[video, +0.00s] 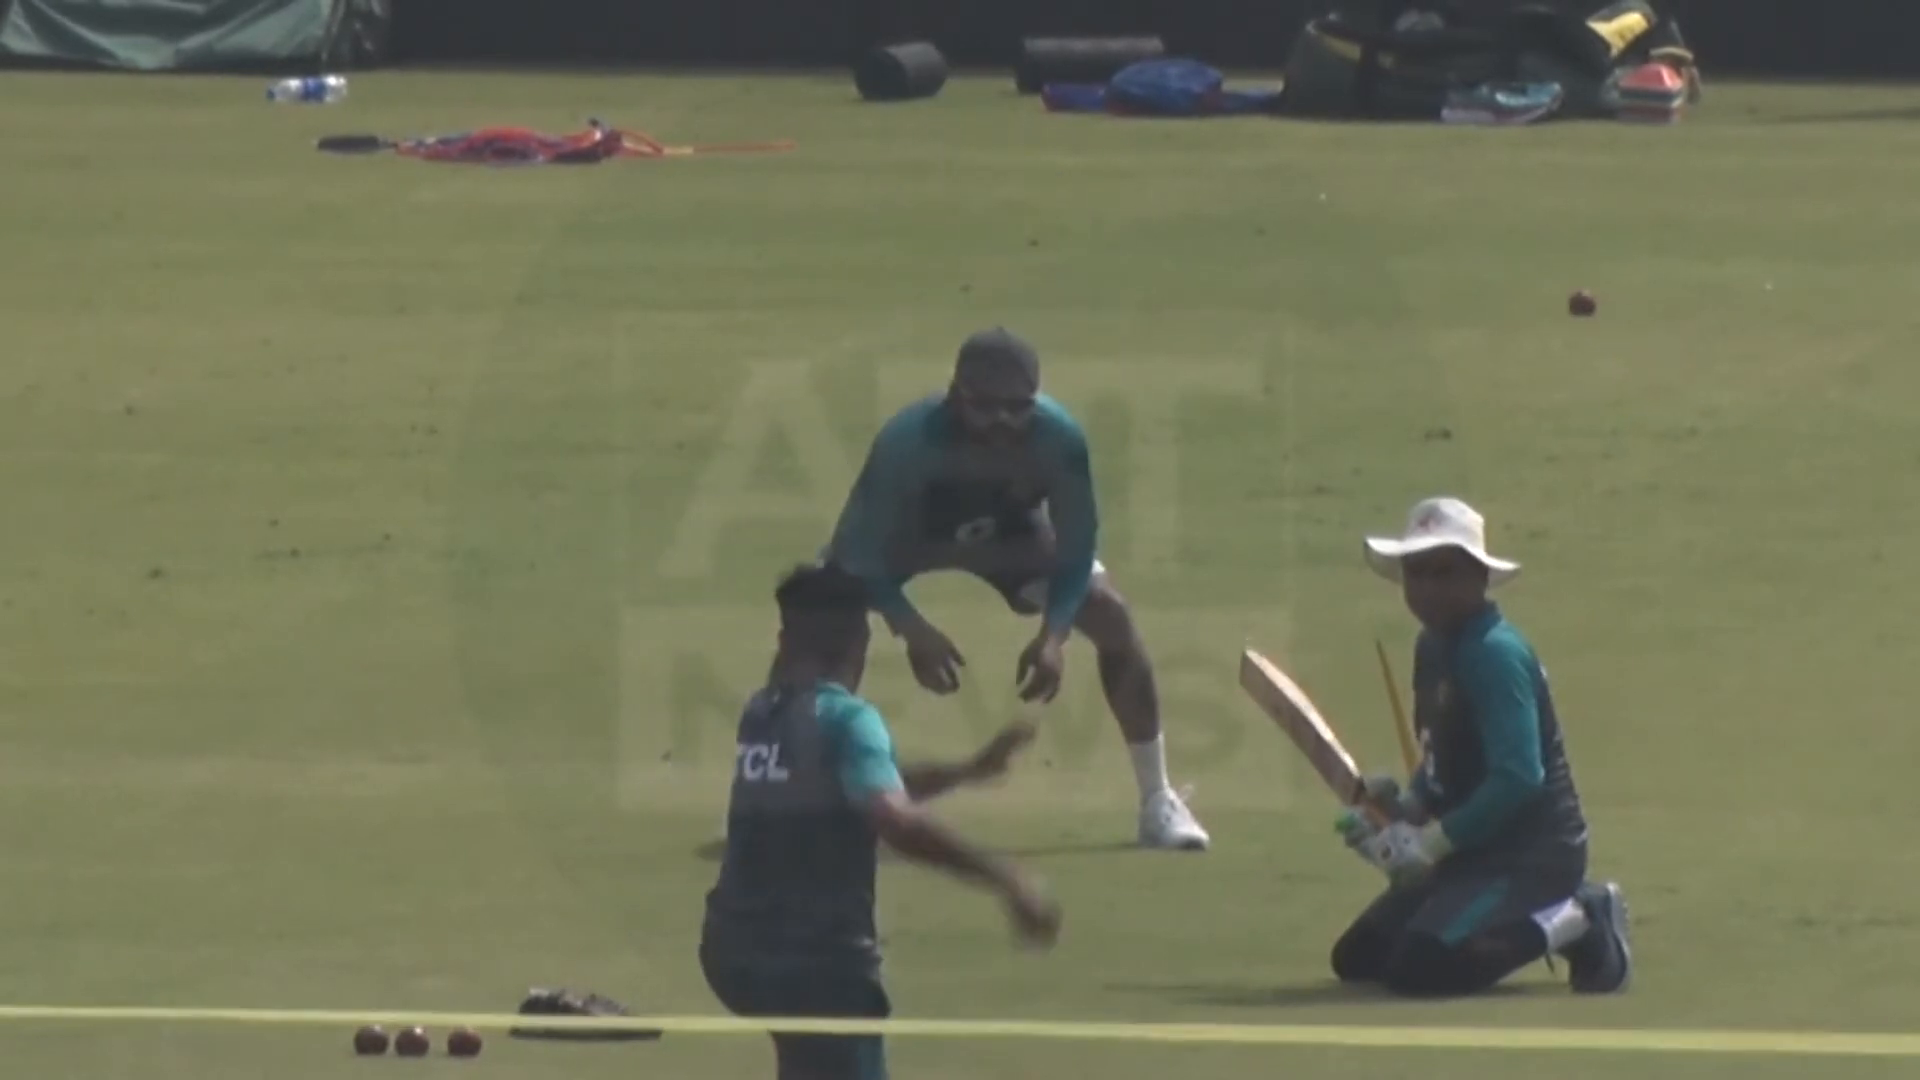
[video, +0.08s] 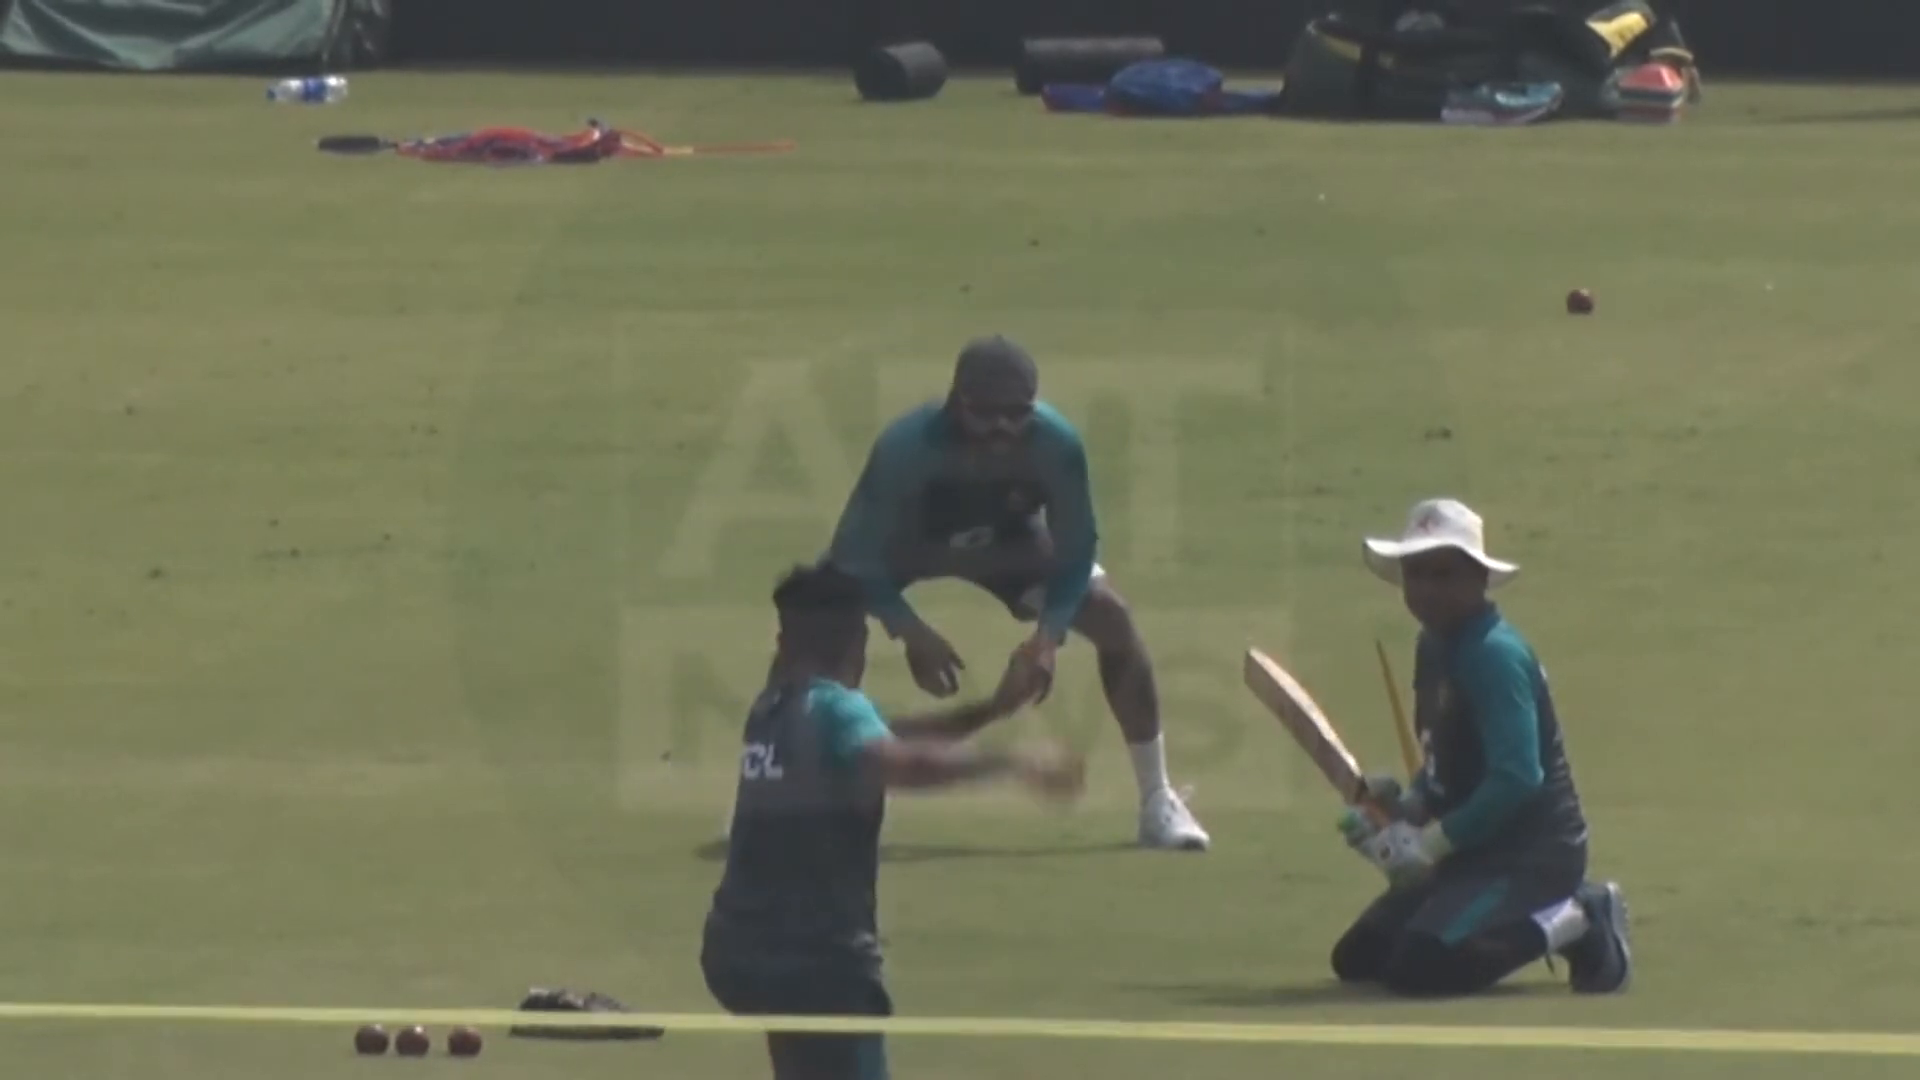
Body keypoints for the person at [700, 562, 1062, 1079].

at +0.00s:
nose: (863, 652)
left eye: (861, 638)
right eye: (861, 639)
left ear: (786, 641)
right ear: (853, 643)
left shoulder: (760, 712)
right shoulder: (850, 718)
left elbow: (850, 787)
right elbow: (894, 820)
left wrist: (967, 772)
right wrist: (1006, 879)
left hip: (735, 954)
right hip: (822, 961)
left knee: (801, 1039)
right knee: (853, 1062)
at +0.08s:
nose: (864, 651)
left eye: (861, 636)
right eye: (861, 637)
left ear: (786, 643)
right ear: (848, 642)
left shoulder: (770, 710)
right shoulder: (839, 710)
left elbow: (894, 732)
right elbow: (899, 763)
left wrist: (993, 707)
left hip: (740, 952)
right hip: (821, 959)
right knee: (856, 1063)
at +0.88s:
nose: (751, 693)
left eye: (753, 684)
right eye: (752, 681)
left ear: (761, 694)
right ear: (836, 692)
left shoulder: (744, 748)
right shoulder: (892, 752)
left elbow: (716, 837)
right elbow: (920, 889)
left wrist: (716, 902)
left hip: (769, 959)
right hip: (875, 962)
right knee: (867, 1068)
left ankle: (772, 1075)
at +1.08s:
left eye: (769, 677)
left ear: (771, 682)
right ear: (852, 682)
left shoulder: (750, 743)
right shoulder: (914, 750)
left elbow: (711, 846)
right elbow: (967, 876)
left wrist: (749, 899)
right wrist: (911, 923)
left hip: (763, 963)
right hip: (868, 969)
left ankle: (777, 1074)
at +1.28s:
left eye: (788, 664)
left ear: (794, 670)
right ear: (874, 674)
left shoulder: (757, 734)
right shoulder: (921, 750)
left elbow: (697, 836)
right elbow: (983, 885)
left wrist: (755, 881)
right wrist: (964, 954)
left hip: (755, 957)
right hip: (859, 967)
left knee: (769, 1024)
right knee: (857, 1066)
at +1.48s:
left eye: (799, 654)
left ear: (804, 666)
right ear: (884, 669)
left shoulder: (758, 731)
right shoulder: (923, 747)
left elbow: (694, 840)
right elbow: (978, 895)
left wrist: (762, 884)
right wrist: (965, 992)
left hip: (755, 957)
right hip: (857, 968)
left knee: (766, 1014)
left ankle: (779, 1074)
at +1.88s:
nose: (806, 650)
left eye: (807, 641)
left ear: (809, 654)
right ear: (892, 656)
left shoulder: (760, 730)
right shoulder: (927, 738)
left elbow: (707, 869)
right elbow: (965, 885)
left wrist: (762, 901)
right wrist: (935, 979)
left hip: (762, 956)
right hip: (864, 967)